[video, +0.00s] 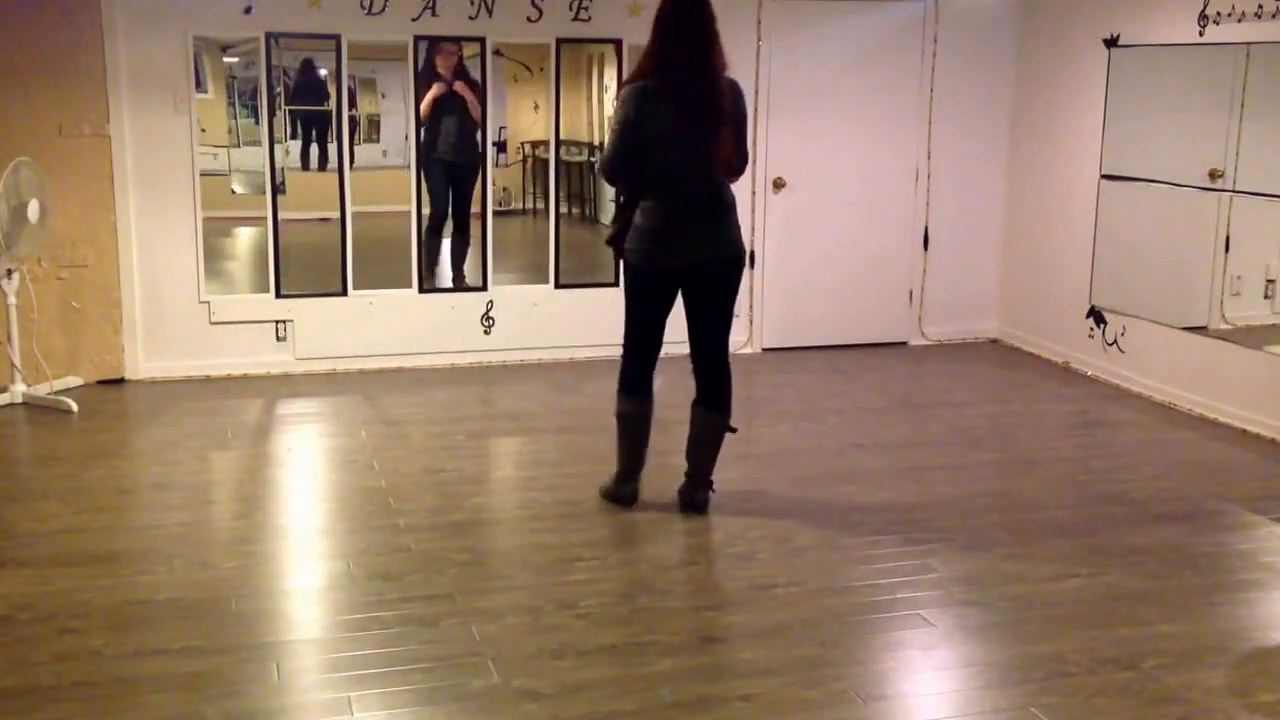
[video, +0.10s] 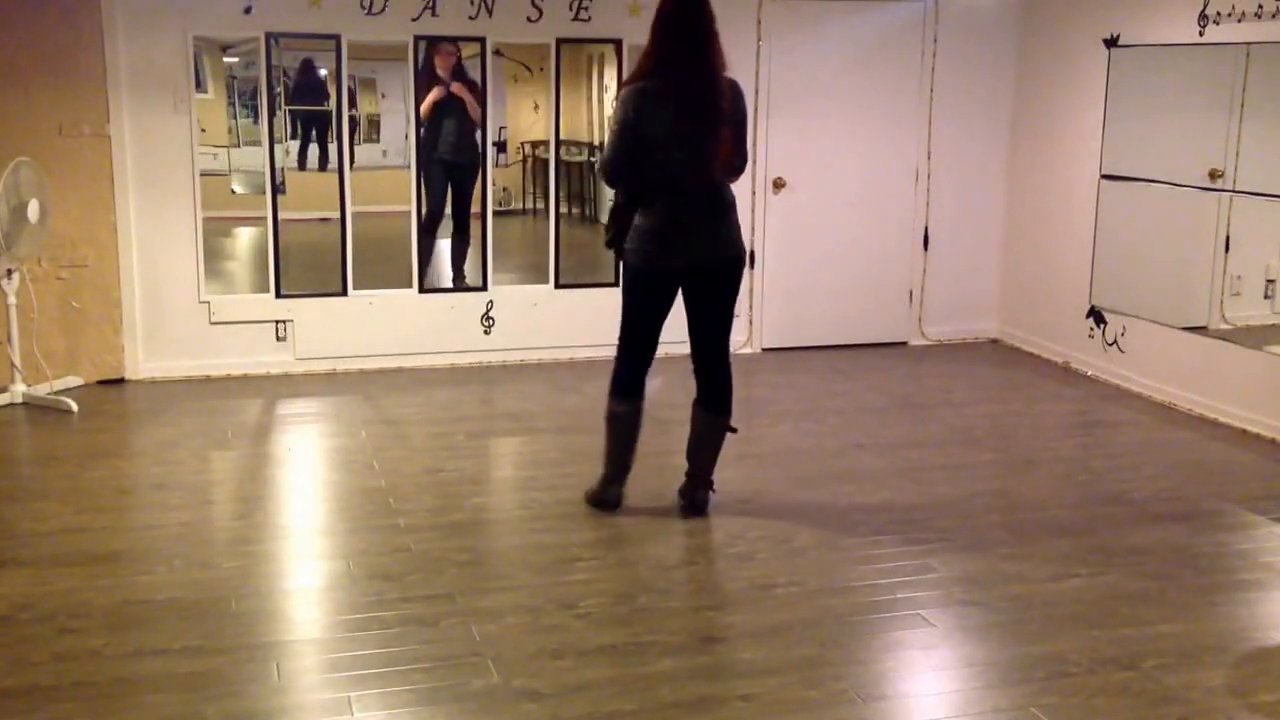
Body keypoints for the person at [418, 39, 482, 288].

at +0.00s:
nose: (450, 57)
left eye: (454, 52)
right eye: (445, 52)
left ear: (459, 56)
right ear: (434, 54)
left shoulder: (469, 83)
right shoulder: (425, 81)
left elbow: (480, 119)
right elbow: (419, 119)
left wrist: (468, 96)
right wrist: (431, 95)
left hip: (466, 156)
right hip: (435, 156)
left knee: (462, 216)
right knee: (440, 212)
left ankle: (458, 272)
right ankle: (429, 270)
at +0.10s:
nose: (449, 57)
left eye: (453, 53)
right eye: (444, 52)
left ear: (458, 57)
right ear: (433, 56)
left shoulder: (469, 85)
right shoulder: (424, 82)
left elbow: (480, 119)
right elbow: (418, 119)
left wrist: (466, 96)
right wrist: (431, 99)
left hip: (466, 157)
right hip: (435, 156)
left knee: (461, 216)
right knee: (435, 212)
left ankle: (458, 272)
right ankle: (420, 270)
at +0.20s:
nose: (444, 57)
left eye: (447, 52)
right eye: (438, 52)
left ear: (452, 56)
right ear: (429, 56)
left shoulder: (465, 86)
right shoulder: (419, 84)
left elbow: (478, 122)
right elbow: (411, 123)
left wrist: (460, 102)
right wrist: (432, 113)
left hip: (463, 158)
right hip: (432, 158)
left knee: (461, 218)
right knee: (424, 215)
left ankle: (459, 275)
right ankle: (404, 270)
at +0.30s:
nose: (441, 55)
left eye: (443, 51)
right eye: (436, 51)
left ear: (448, 55)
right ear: (425, 56)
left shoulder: (462, 86)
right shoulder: (418, 85)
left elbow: (476, 124)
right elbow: (407, 125)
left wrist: (457, 108)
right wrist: (430, 125)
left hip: (460, 156)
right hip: (430, 157)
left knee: (459, 215)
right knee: (420, 212)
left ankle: (459, 274)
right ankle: (399, 271)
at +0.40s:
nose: (435, 55)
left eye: (437, 50)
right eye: (429, 51)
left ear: (442, 54)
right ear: (420, 55)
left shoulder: (458, 85)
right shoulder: (412, 85)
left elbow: (472, 124)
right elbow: (403, 126)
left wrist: (454, 119)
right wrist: (422, 135)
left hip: (455, 155)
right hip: (425, 157)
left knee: (457, 214)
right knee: (415, 213)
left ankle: (458, 273)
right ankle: (399, 271)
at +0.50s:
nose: (428, 55)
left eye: (431, 50)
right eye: (422, 51)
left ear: (435, 54)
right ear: (414, 55)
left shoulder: (450, 85)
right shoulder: (404, 85)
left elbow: (462, 121)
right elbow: (395, 125)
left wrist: (455, 138)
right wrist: (407, 149)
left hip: (446, 156)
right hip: (415, 157)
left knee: (451, 214)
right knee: (409, 215)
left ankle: (459, 276)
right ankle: (398, 274)